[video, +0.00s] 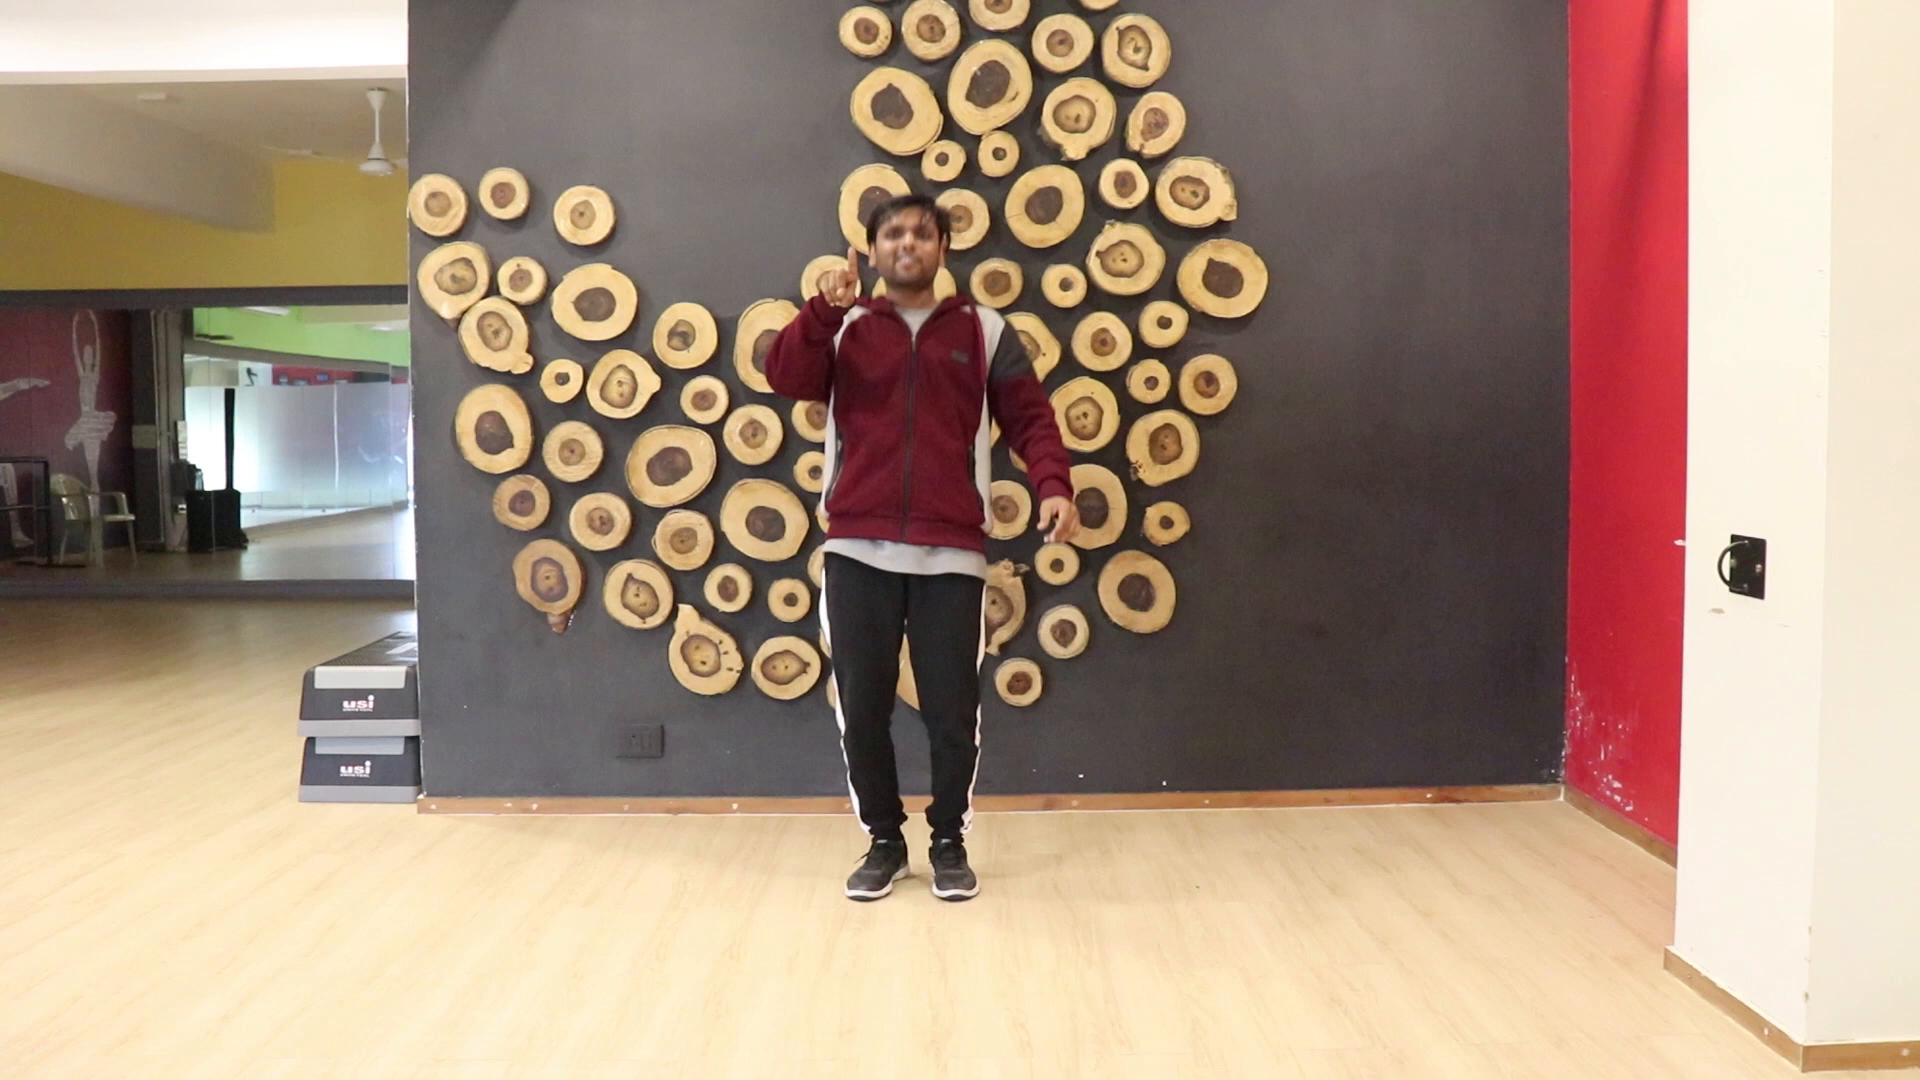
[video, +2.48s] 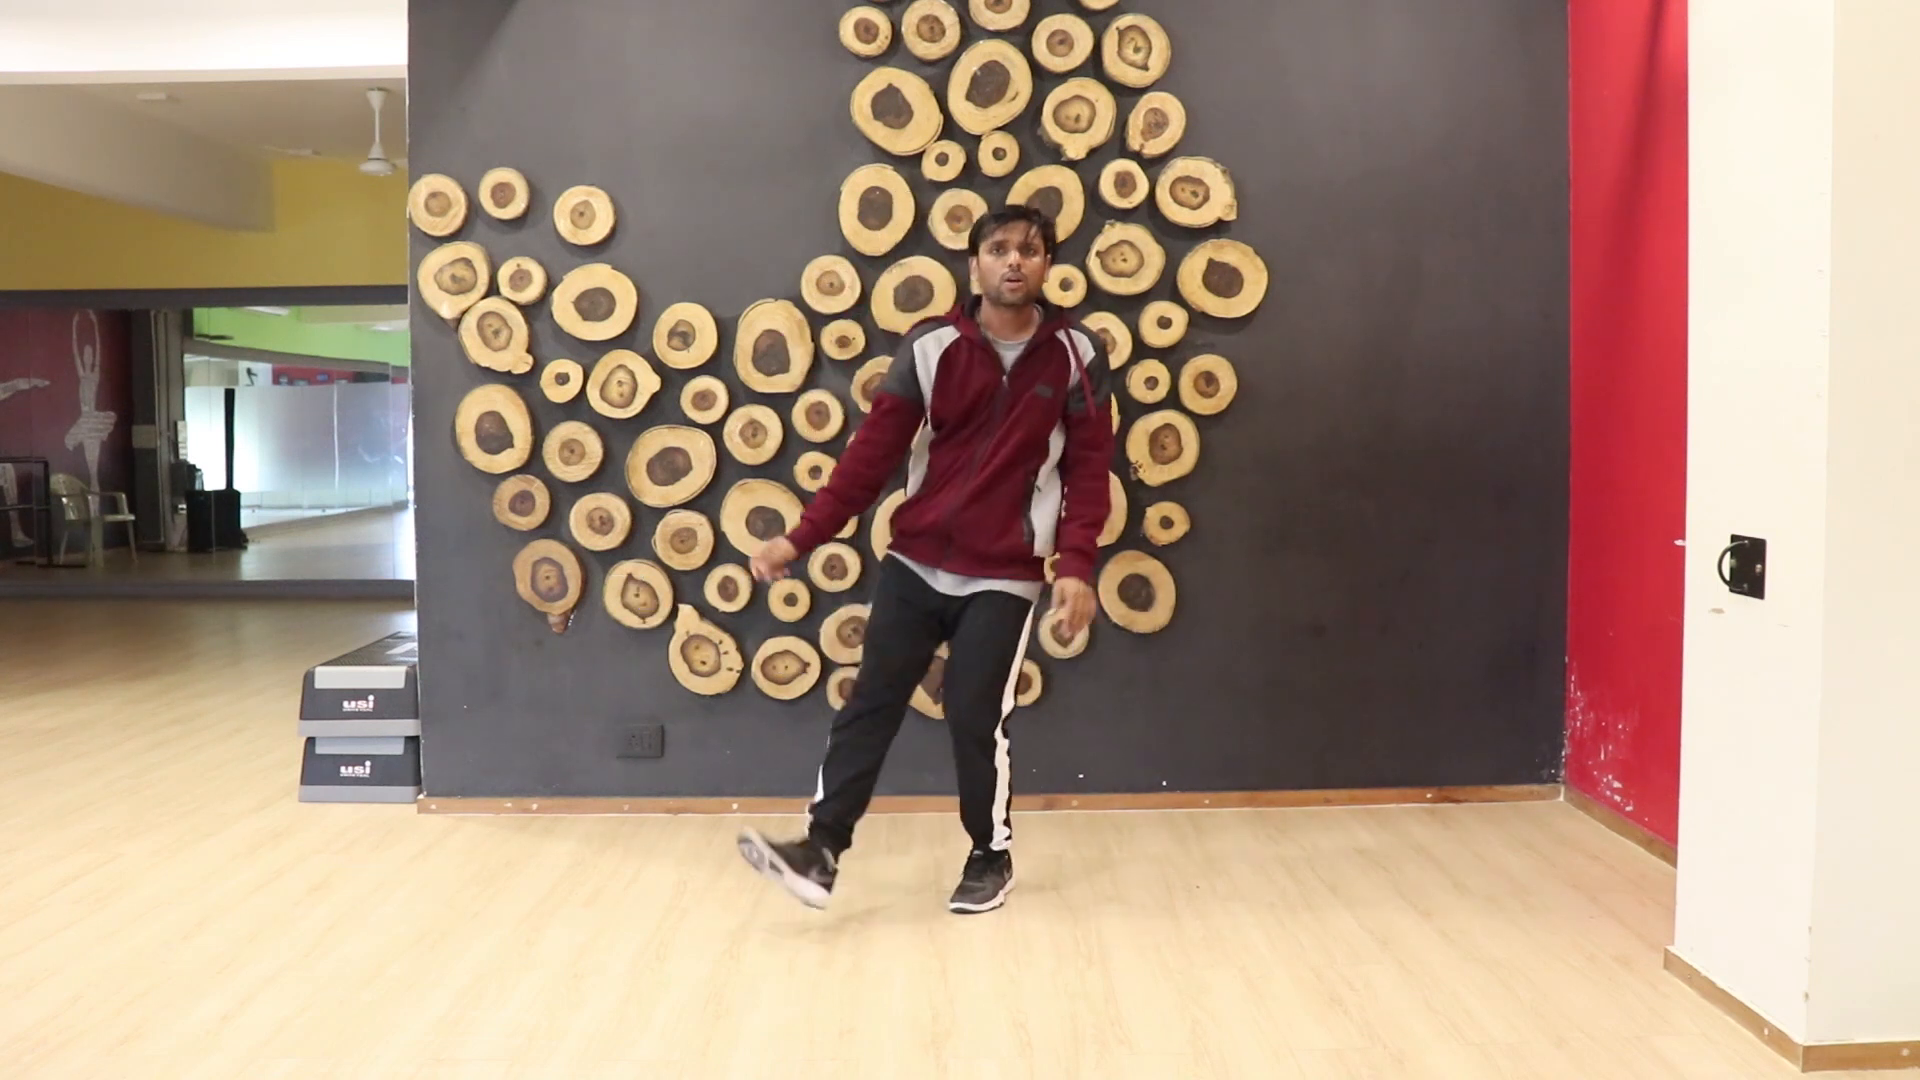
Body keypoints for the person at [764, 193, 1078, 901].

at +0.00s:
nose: (909, 244)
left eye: (921, 233)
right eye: (894, 234)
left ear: (942, 248)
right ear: (872, 252)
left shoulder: (982, 329)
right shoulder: (843, 326)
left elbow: (1029, 417)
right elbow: (787, 377)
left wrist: (1053, 487)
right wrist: (821, 309)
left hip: (949, 545)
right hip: (857, 542)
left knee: (952, 706)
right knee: (861, 706)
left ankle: (949, 843)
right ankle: (883, 843)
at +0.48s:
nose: (920, 235)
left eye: (934, 225)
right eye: (905, 224)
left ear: (955, 244)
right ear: (883, 244)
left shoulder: (995, 331)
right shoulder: (847, 330)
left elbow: (1016, 445)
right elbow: (825, 446)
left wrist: (992, 540)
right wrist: (844, 543)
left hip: (953, 557)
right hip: (866, 555)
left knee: (951, 705)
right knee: (860, 704)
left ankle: (949, 841)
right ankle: (882, 841)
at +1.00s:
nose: (945, 275)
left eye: (955, 262)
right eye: (928, 263)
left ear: (970, 271)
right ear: (899, 276)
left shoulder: (1010, 343)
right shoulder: (874, 363)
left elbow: (1043, 422)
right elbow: (848, 474)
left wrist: (1039, 473)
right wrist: (890, 471)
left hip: (990, 546)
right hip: (912, 541)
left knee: (990, 695)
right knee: (973, 664)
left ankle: (958, 836)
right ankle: (927, 806)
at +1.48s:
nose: (950, 288)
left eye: (959, 275)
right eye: (934, 276)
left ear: (970, 278)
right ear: (899, 282)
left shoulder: (998, 348)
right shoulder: (863, 367)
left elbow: (1039, 441)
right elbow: (816, 466)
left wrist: (988, 469)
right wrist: (848, 550)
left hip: (1019, 559)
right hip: (950, 567)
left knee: (1070, 695)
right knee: (1016, 706)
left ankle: (985, 827)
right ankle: (951, 851)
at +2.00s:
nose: (965, 281)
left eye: (980, 269)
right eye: (952, 265)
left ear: (998, 279)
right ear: (925, 271)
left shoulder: (1024, 355)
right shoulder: (887, 355)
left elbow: (1070, 463)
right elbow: (877, 470)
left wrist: (1065, 583)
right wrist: (895, 565)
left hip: (987, 564)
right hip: (907, 561)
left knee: (958, 697)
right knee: (901, 704)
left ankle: (990, 848)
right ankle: (920, 846)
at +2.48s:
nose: (1014, 262)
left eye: (1028, 253)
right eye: (1000, 251)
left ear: (1048, 270)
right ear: (974, 265)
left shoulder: (1072, 357)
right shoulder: (933, 348)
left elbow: (1088, 466)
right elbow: (873, 453)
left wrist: (1075, 566)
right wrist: (800, 538)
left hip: (1006, 571)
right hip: (918, 556)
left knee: (972, 710)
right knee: (873, 695)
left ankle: (990, 856)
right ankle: (821, 849)